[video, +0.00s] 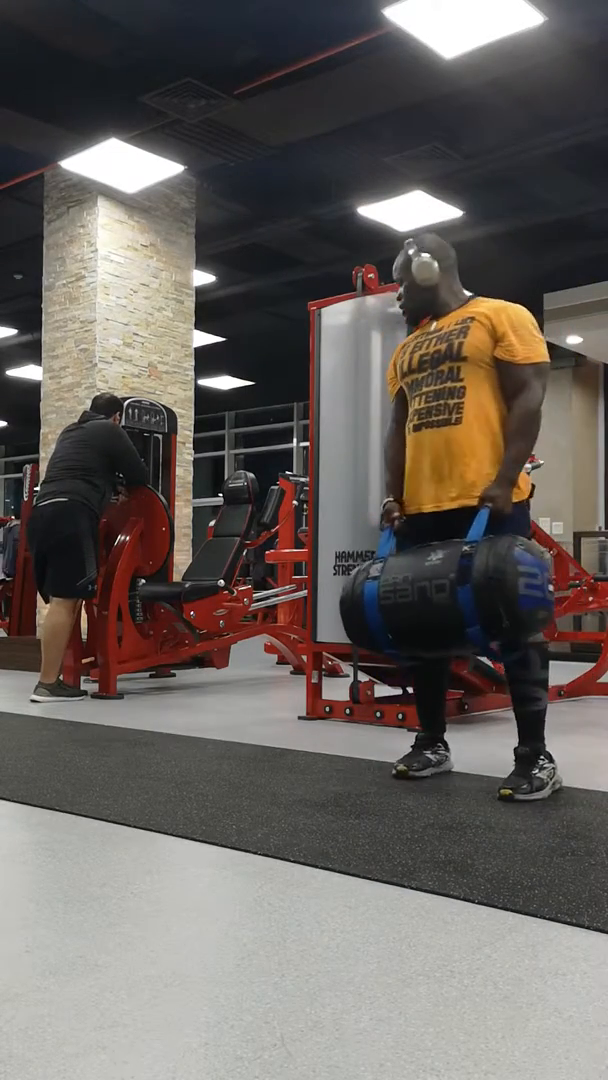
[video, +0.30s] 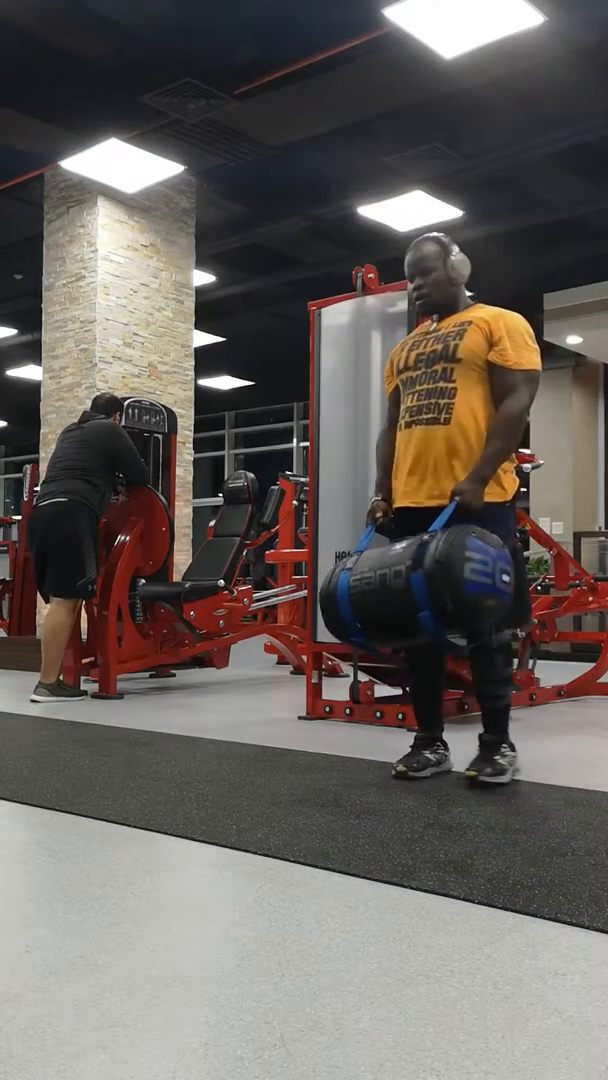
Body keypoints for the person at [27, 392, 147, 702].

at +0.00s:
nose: (121, 424)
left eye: (120, 420)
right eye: (122, 419)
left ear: (91, 413)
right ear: (116, 417)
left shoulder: (69, 431)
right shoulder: (111, 431)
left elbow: (75, 470)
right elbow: (140, 478)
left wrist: (110, 486)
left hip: (41, 512)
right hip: (69, 511)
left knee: (61, 601)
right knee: (63, 601)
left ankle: (52, 679)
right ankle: (48, 682)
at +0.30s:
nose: (121, 424)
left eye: (121, 420)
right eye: (122, 419)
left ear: (91, 413)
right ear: (116, 417)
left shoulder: (69, 431)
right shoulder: (111, 431)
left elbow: (75, 470)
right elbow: (140, 478)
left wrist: (109, 486)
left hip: (41, 512)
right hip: (69, 511)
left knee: (61, 601)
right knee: (63, 601)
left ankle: (52, 679)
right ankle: (48, 682)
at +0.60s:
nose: (121, 424)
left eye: (120, 420)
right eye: (121, 419)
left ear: (91, 412)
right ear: (116, 417)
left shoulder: (69, 431)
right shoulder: (112, 431)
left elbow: (75, 471)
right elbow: (140, 478)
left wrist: (110, 487)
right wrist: (112, 475)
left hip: (41, 512)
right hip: (69, 511)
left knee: (61, 601)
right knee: (63, 602)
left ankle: (51, 679)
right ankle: (48, 682)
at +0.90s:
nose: (121, 424)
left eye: (120, 420)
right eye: (121, 419)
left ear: (91, 413)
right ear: (115, 417)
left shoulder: (69, 431)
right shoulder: (112, 431)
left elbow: (74, 471)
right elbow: (140, 478)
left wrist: (109, 487)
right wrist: (112, 475)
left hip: (41, 511)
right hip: (69, 511)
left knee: (61, 601)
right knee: (63, 601)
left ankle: (51, 679)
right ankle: (48, 682)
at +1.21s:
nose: (121, 424)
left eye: (120, 420)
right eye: (121, 419)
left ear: (91, 413)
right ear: (115, 417)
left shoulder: (69, 431)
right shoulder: (111, 430)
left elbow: (75, 470)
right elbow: (140, 478)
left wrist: (109, 484)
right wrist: (111, 472)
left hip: (41, 512)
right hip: (69, 511)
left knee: (63, 601)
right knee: (63, 601)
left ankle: (52, 679)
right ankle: (48, 682)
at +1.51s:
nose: (121, 424)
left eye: (120, 420)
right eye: (121, 419)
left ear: (92, 412)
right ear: (116, 417)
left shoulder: (69, 431)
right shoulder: (111, 430)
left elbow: (75, 470)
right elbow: (140, 478)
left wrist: (109, 484)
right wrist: (110, 471)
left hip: (42, 512)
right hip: (70, 511)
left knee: (62, 601)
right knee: (64, 601)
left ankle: (51, 679)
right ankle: (48, 682)